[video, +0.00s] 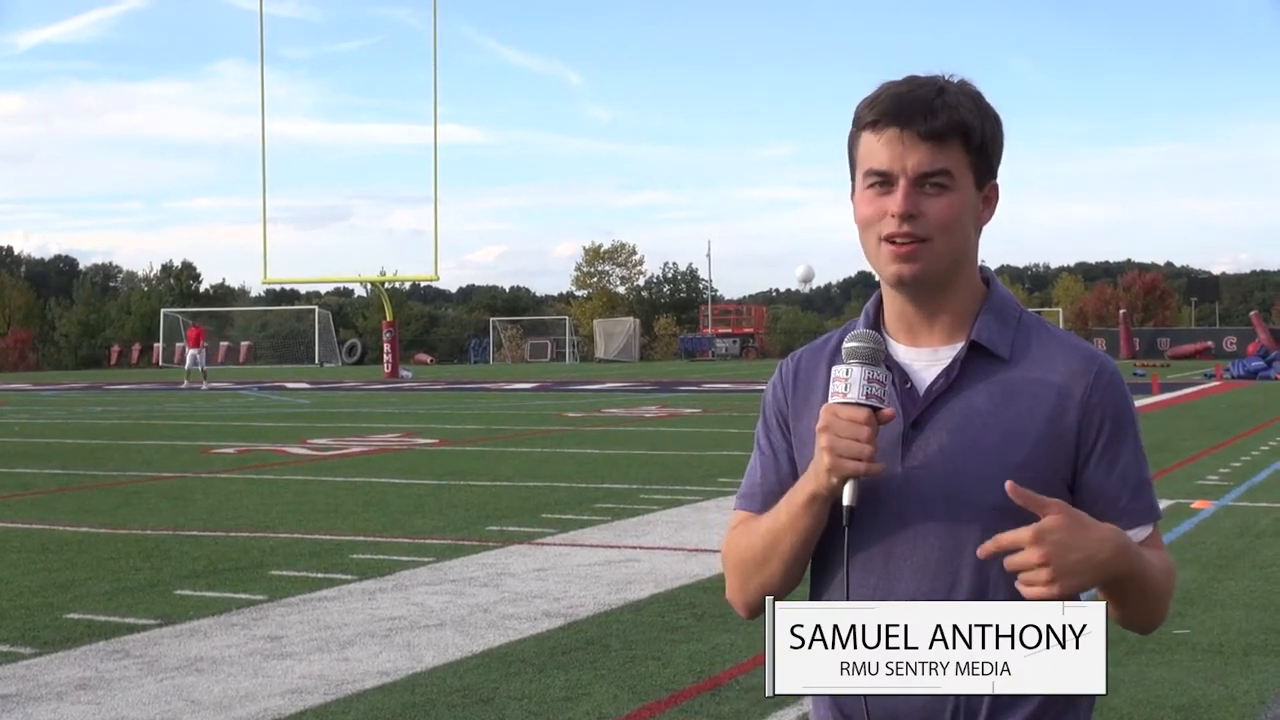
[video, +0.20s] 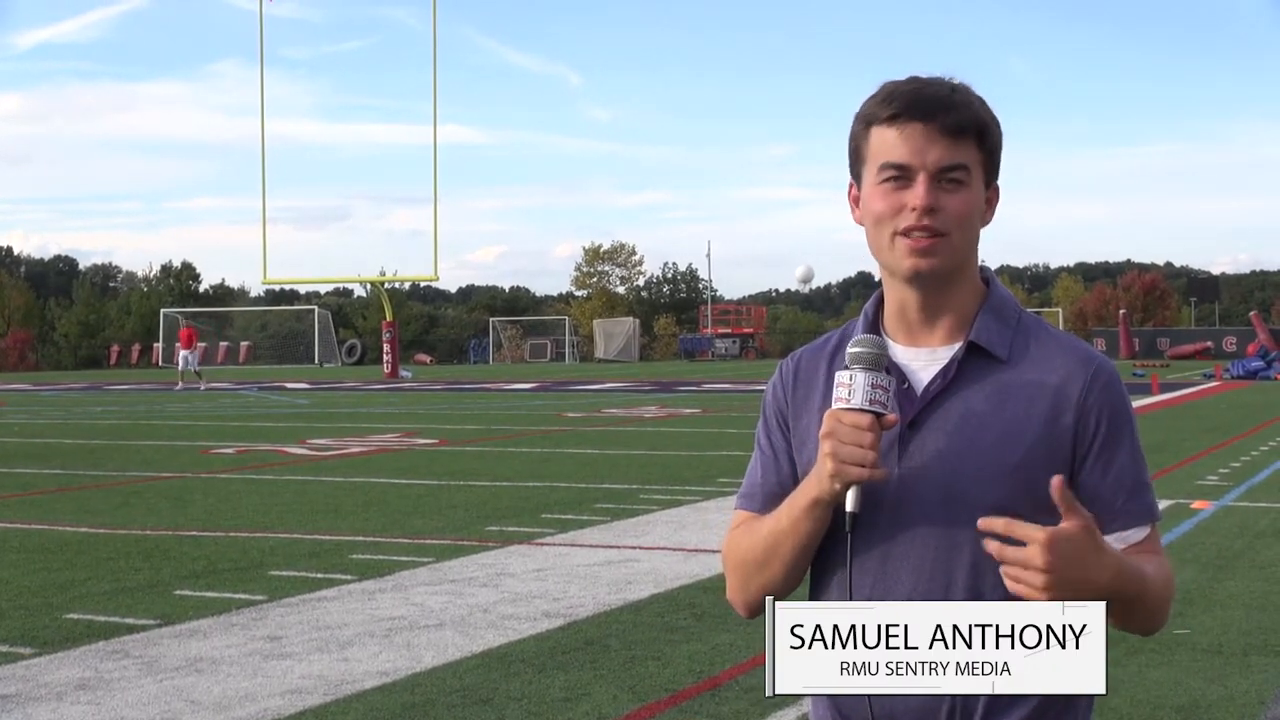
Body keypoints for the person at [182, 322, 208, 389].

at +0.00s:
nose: (193, 323)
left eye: (194, 321)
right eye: (192, 321)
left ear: (197, 322)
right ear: (190, 322)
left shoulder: (200, 330)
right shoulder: (188, 331)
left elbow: (202, 339)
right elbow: (187, 340)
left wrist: (201, 347)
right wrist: (187, 348)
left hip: (199, 349)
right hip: (191, 349)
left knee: (202, 367)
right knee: (187, 367)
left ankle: (205, 383)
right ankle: (186, 382)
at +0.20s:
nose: (184, 323)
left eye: (186, 321)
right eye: (183, 321)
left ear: (188, 322)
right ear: (182, 322)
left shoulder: (192, 330)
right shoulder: (181, 331)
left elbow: (195, 341)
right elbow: (181, 341)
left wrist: (192, 349)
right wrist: (181, 349)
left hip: (191, 351)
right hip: (183, 351)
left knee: (194, 369)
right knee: (181, 368)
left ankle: (202, 383)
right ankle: (181, 383)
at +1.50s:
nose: (141, 323)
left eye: (142, 322)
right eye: (140, 322)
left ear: (145, 323)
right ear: (138, 323)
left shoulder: (148, 330)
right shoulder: (135, 331)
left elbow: (151, 341)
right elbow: (133, 344)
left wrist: (150, 351)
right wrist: (132, 355)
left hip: (145, 351)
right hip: (137, 351)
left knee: (145, 370)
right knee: (138, 371)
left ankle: (154, 382)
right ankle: (140, 386)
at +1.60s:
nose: (138, 323)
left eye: (139, 321)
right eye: (136, 321)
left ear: (141, 323)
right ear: (134, 322)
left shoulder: (145, 330)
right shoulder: (132, 331)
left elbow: (150, 341)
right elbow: (129, 343)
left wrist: (151, 351)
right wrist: (127, 352)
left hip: (142, 350)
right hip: (134, 350)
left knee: (138, 368)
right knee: (137, 368)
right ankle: (142, 384)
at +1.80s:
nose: (129, 324)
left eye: (131, 322)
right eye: (128, 322)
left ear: (133, 323)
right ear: (127, 323)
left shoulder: (138, 332)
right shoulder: (125, 332)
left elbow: (143, 342)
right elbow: (121, 344)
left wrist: (145, 350)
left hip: (136, 351)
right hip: (128, 351)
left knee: (130, 369)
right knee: (135, 370)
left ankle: (127, 386)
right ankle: (140, 386)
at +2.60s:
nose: (98, 323)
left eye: (99, 322)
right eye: (97, 322)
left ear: (102, 322)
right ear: (96, 323)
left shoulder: (106, 331)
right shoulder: (95, 332)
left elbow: (109, 342)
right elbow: (94, 342)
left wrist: (104, 350)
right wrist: (94, 351)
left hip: (104, 353)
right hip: (96, 353)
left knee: (105, 372)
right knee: (96, 372)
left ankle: (116, 384)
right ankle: (97, 388)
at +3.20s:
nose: (80, 324)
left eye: (82, 322)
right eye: (79, 322)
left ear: (85, 323)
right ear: (78, 323)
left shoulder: (90, 331)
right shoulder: (75, 332)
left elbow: (93, 343)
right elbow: (72, 344)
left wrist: (93, 353)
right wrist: (68, 352)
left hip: (86, 352)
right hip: (78, 353)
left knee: (83, 372)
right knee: (76, 373)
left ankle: (84, 390)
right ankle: (86, 384)